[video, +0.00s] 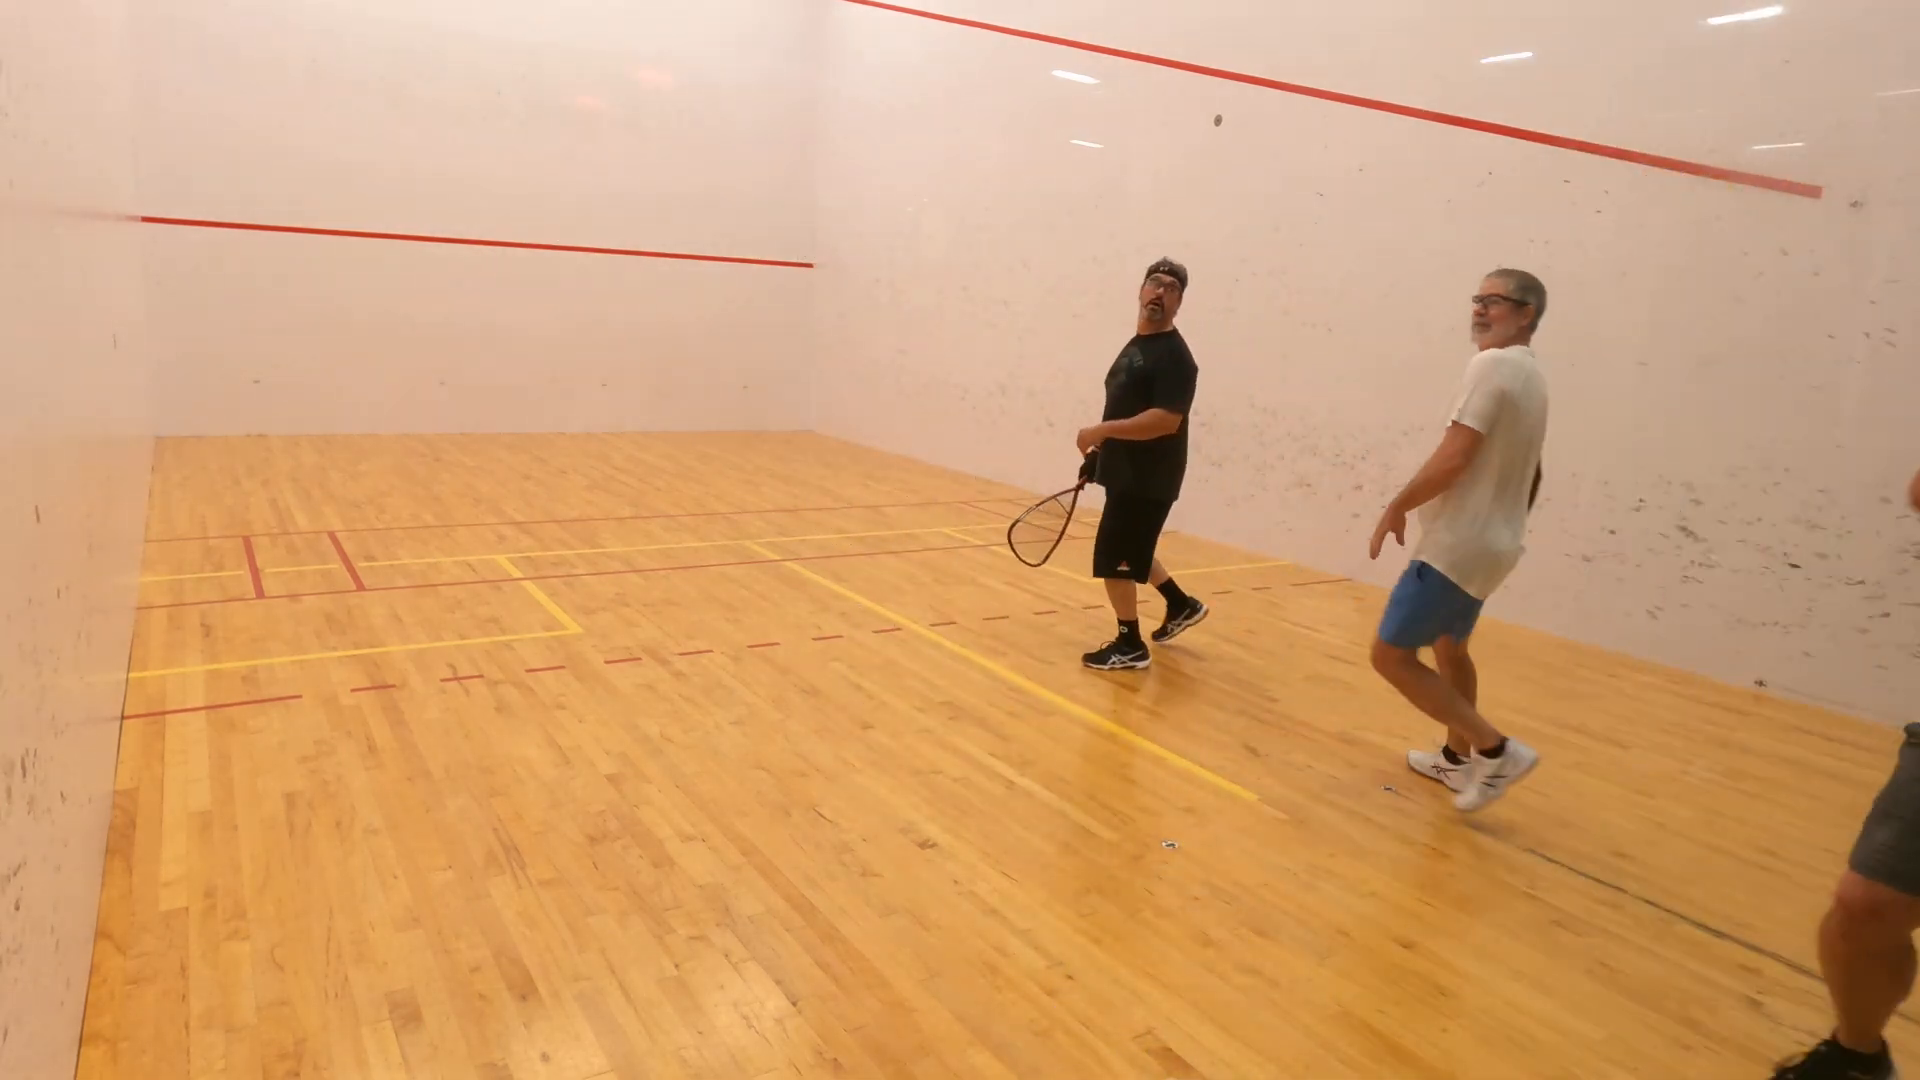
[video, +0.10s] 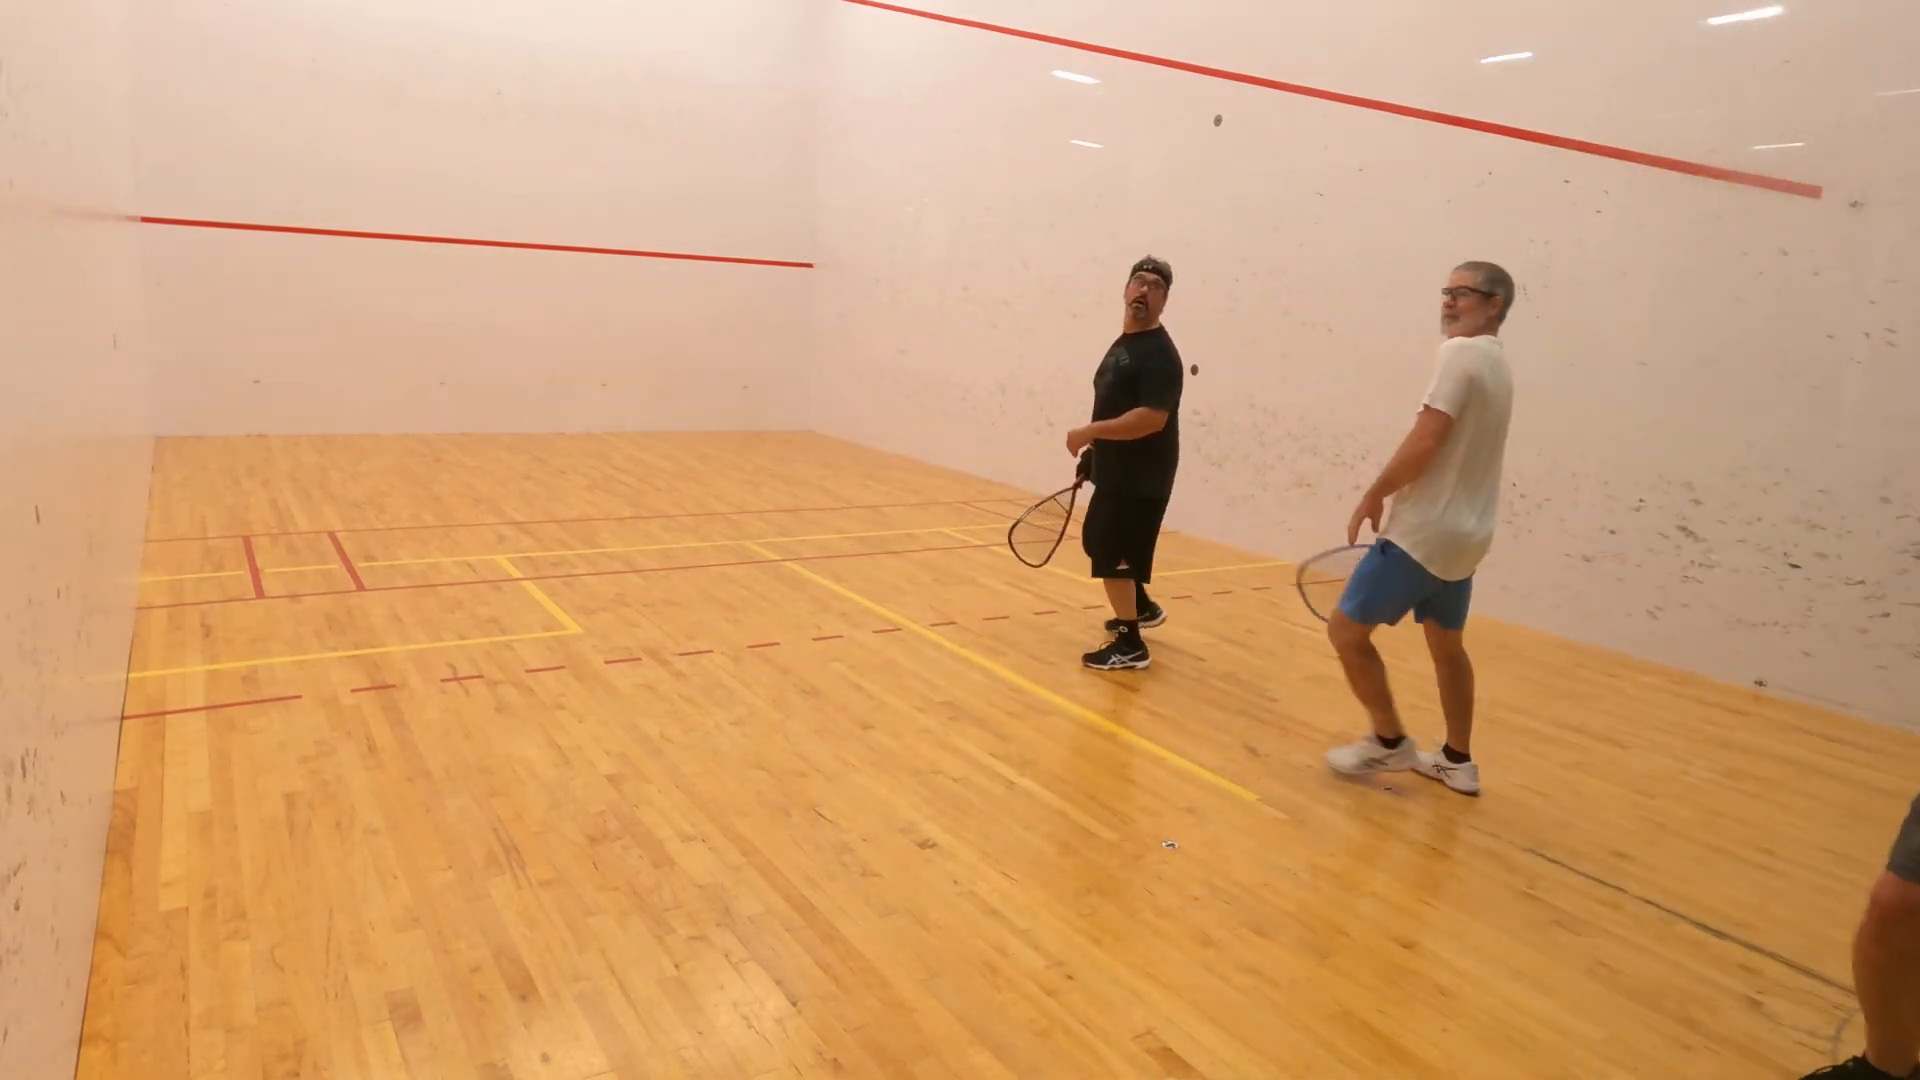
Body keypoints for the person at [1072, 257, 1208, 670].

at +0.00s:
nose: (1160, 293)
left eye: (1170, 289)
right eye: (1155, 284)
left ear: (1179, 303)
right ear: (1141, 291)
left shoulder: (1176, 357)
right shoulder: (1138, 346)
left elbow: (1168, 419)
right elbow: (1123, 410)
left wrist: (1102, 431)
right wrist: (1098, 454)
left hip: (1149, 479)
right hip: (1126, 472)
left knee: (1115, 559)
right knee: (1130, 548)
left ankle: (1131, 643)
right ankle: (1180, 602)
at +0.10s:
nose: (1144, 291)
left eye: (1154, 287)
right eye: (1139, 282)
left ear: (1165, 301)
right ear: (1126, 290)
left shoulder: (1160, 354)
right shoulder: (1125, 344)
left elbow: (1153, 417)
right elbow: (1113, 408)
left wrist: (1090, 432)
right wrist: (1094, 455)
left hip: (1140, 474)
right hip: (1118, 467)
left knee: (1112, 550)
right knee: (1103, 536)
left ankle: (1129, 644)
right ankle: (1140, 603)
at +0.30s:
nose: (1108, 290)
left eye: (1120, 286)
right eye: (1106, 281)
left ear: (1137, 299)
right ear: (1098, 288)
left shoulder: (1132, 351)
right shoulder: (1103, 339)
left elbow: (1126, 415)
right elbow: (1093, 404)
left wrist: (1068, 433)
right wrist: (1079, 458)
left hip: (1119, 468)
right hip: (1095, 462)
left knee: (1105, 554)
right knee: (1076, 531)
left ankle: (1130, 642)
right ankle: (1076, 604)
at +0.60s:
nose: (1058, 289)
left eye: (1065, 284)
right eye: (1061, 283)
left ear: (1082, 293)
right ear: (1088, 294)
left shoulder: (1095, 346)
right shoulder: (1084, 337)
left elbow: (1089, 413)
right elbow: (1079, 404)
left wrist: (1041, 432)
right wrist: (1054, 441)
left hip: (1088, 463)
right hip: (1079, 458)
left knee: (1063, 542)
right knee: (1066, 535)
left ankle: (1091, 635)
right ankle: (1075, 604)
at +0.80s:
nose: (1026, 314)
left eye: (1031, 307)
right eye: (1027, 306)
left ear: (1049, 312)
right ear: (1059, 313)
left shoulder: (1071, 362)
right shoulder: (1060, 356)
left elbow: (1064, 428)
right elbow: (1057, 424)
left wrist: (1018, 453)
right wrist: (1031, 458)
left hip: (1074, 477)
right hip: (1067, 474)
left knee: (1036, 548)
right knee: (1056, 545)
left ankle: (1046, 641)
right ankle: (1078, 610)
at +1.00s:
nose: (993, 337)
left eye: (998, 329)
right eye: (994, 328)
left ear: (1019, 333)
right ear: (1020, 332)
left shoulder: (1049, 382)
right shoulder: (1030, 377)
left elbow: (1051, 455)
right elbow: (1033, 447)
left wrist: (1006, 489)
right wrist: (998, 473)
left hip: (1045, 498)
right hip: (1031, 493)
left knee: (1016, 561)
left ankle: (1037, 649)